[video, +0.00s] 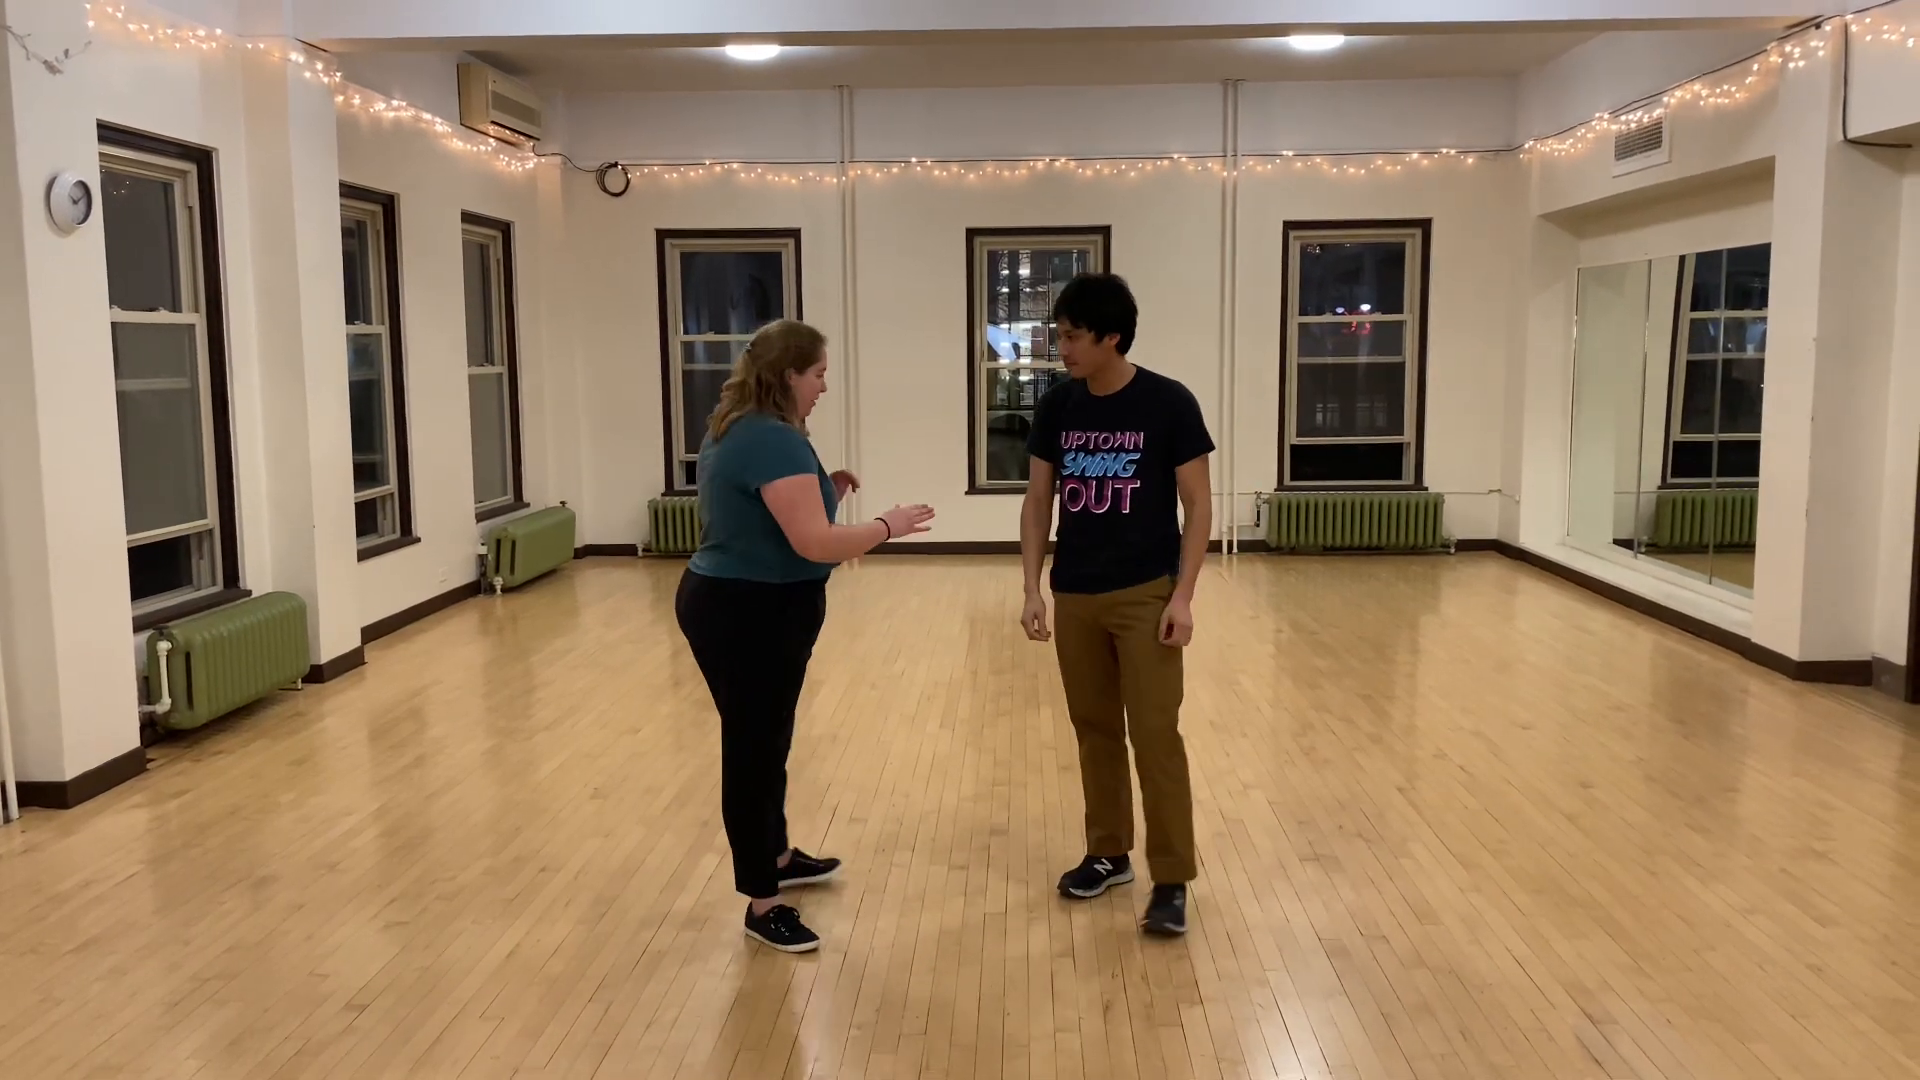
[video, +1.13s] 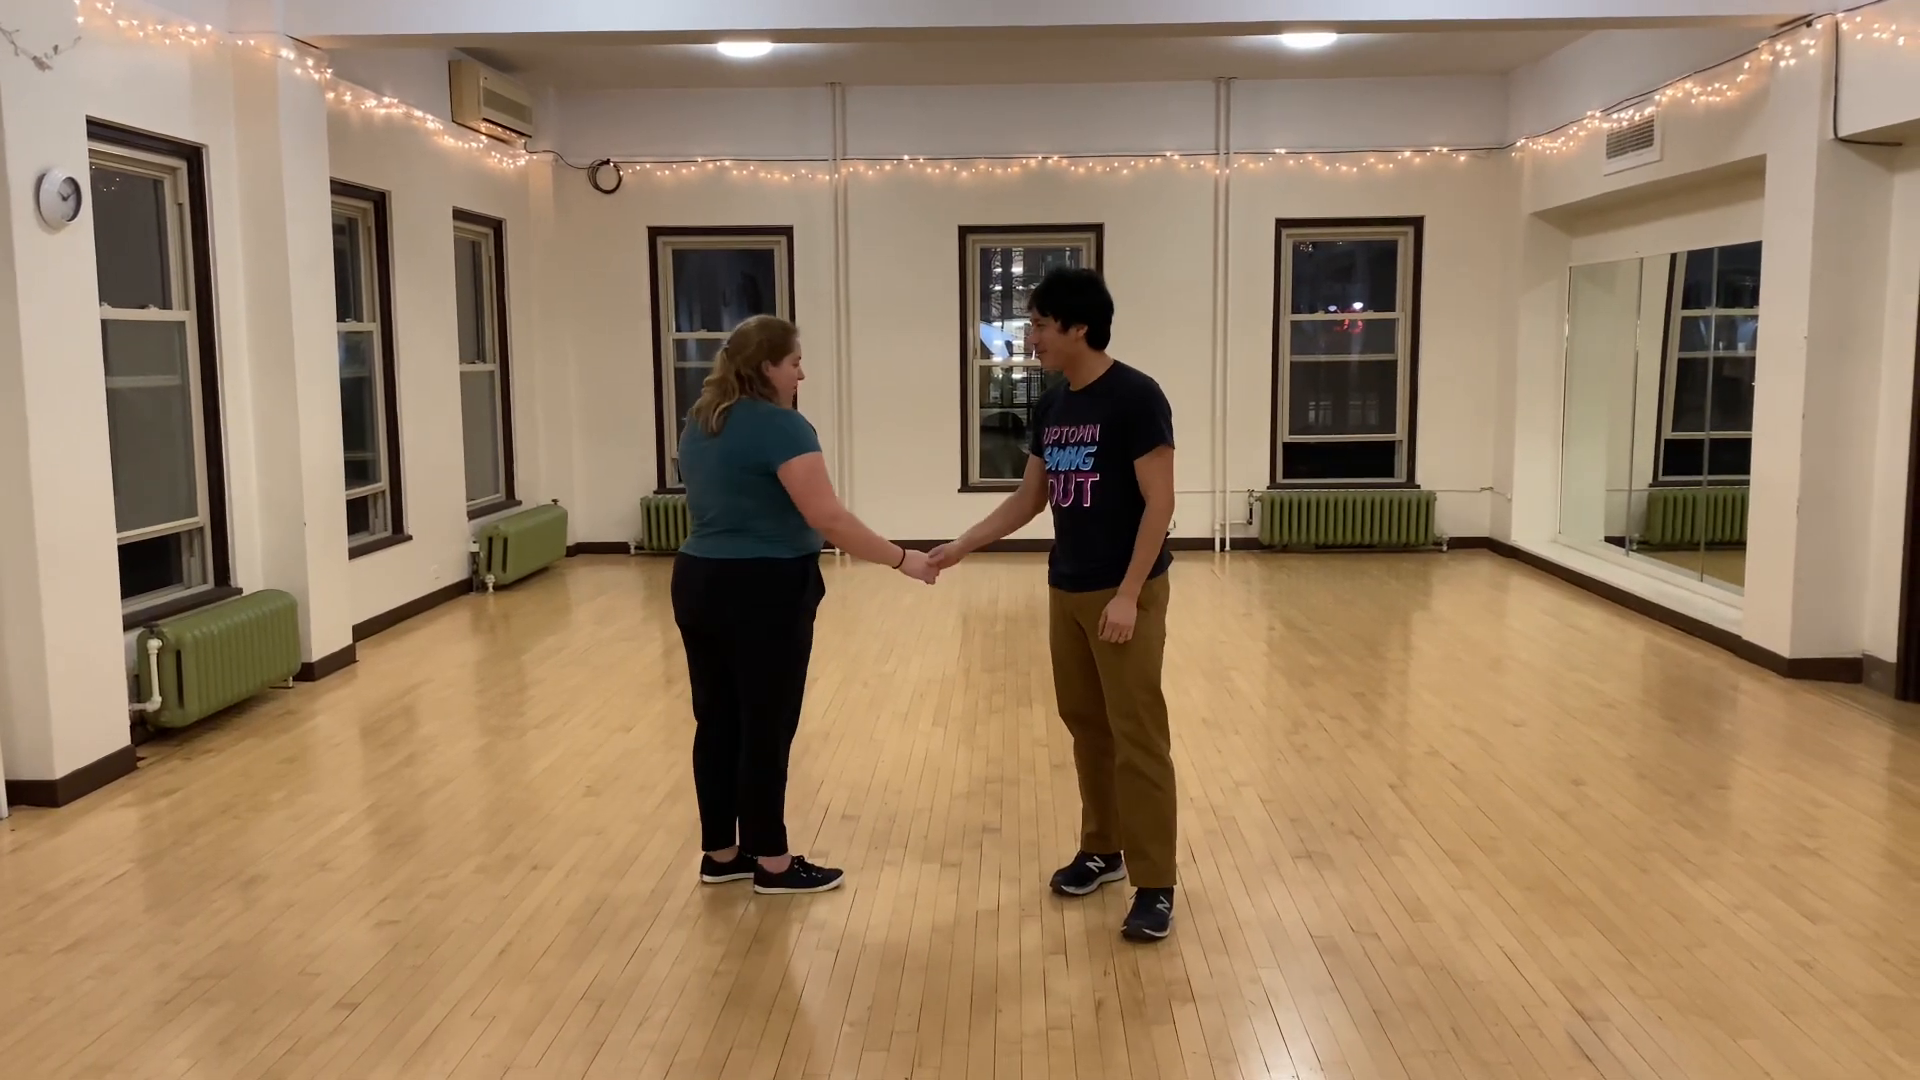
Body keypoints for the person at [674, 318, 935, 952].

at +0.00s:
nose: (824, 386)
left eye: (824, 375)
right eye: (817, 374)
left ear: (778, 374)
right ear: (786, 376)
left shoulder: (744, 430)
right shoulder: (771, 440)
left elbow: (764, 519)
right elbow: (816, 543)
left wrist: (826, 492)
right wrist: (886, 526)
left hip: (750, 604)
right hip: (748, 613)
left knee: (768, 740)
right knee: (752, 750)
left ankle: (776, 855)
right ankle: (760, 903)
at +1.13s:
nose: (801, 374)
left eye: (799, 363)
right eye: (795, 364)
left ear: (739, 368)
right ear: (766, 368)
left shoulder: (699, 425)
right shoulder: (781, 427)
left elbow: (713, 506)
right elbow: (829, 517)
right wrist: (903, 559)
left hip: (702, 584)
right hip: (770, 589)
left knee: (716, 719)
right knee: (769, 724)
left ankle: (722, 851)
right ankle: (772, 860)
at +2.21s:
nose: (794, 370)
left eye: (791, 358)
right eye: (785, 360)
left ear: (736, 367)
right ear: (755, 366)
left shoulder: (690, 427)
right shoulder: (779, 428)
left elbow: (681, 504)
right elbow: (856, 494)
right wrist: (917, 474)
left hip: (698, 586)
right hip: (769, 589)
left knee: (723, 719)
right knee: (768, 723)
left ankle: (713, 851)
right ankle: (762, 863)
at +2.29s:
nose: (790, 368)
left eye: (787, 357)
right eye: (782, 359)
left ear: (729, 368)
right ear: (752, 367)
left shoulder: (685, 427)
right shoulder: (780, 428)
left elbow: (669, 503)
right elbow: (857, 494)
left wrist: (731, 490)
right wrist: (919, 488)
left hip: (694, 587)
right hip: (769, 587)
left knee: (728, 717)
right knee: (767, 723)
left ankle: (713, 844)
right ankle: (762, 862)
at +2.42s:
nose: (783, 368)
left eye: (779, 357)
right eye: (774, 359)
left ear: (719, 369)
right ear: (743, 369)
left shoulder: (676, 429)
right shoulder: (774, 429)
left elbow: (654, 499)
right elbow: (842, 503)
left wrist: (711, 486)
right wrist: (911, 526)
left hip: (688, 588)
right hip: (761, 587)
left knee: (728, 713)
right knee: (768, 720)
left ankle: (703, 834)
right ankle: (762, 862)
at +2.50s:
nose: (772, 371)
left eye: (770, 359)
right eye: (763, 361)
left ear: (710, 371)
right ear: (734, 371)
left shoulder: (671, 429)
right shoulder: (764, 431)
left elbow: (652, 500)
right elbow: (826, 512)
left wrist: (709, 480)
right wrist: (900, 541)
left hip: (682, 589)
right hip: (752, 589)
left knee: (720, 709)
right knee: (767, 724)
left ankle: (686, 831)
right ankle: (763, 863)